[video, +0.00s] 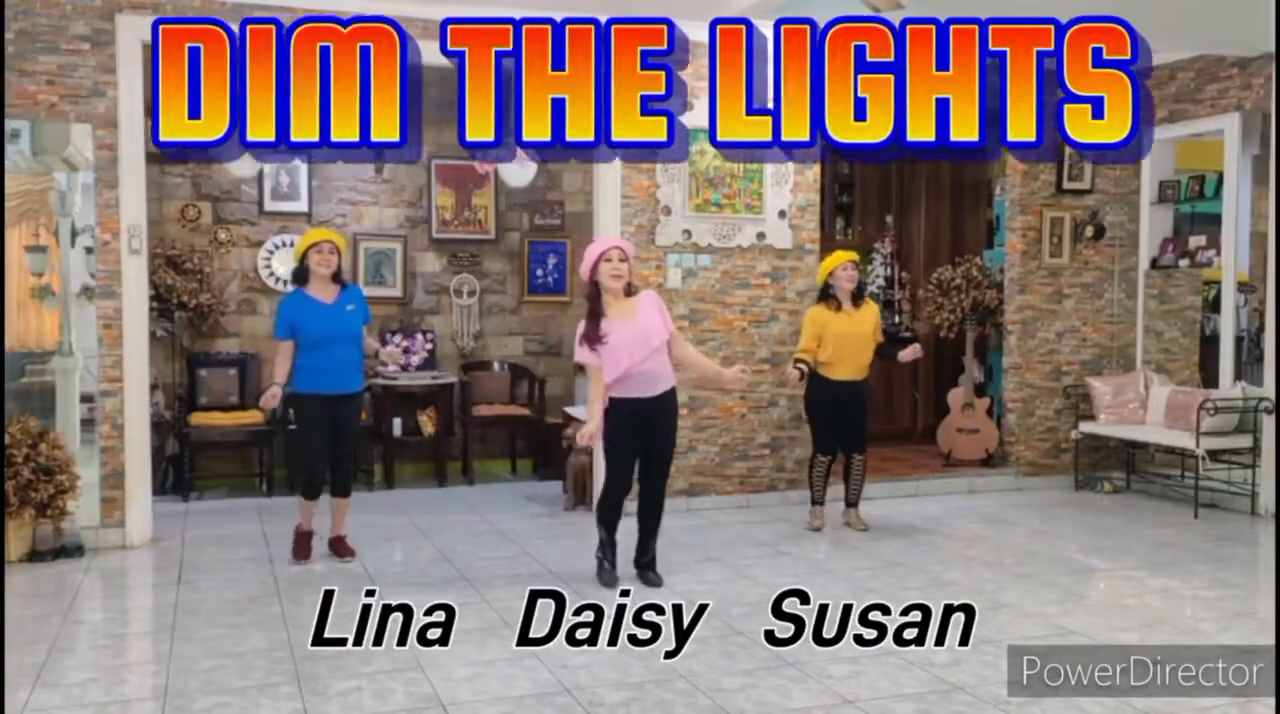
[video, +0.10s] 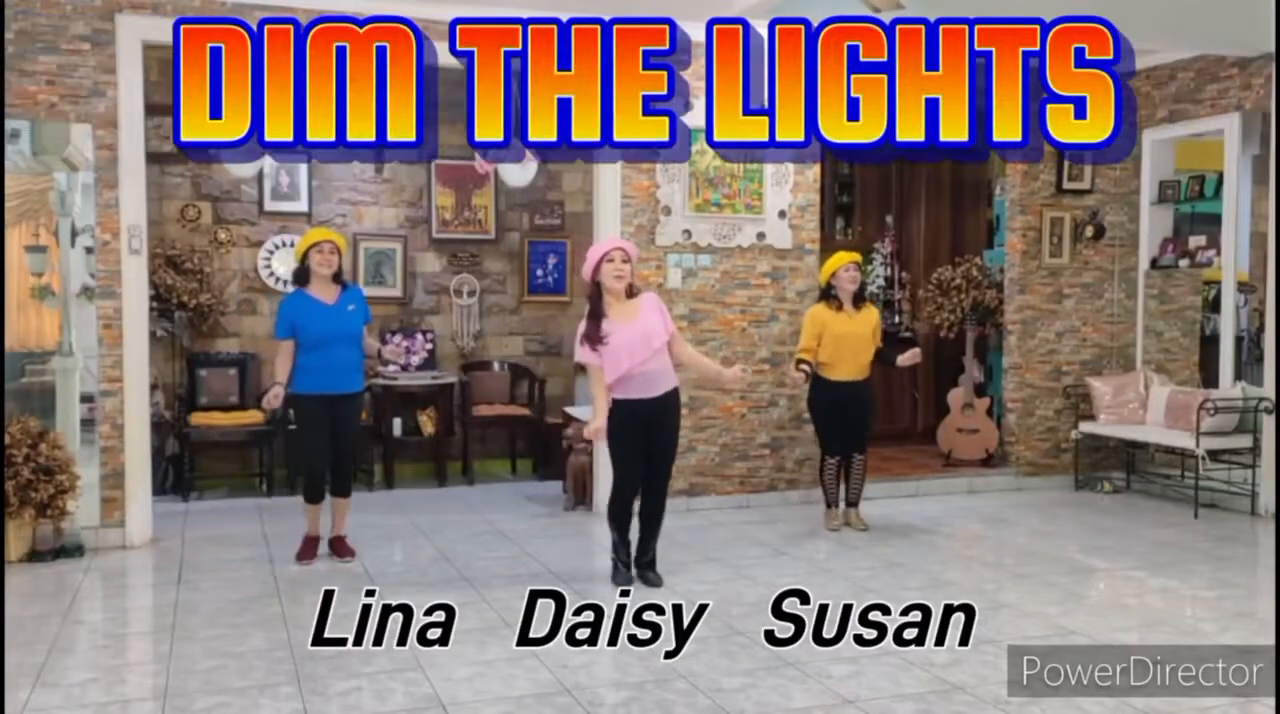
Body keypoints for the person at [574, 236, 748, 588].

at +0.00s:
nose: (617, 266)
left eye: (622, 261)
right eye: (608, 261)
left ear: (630, 268)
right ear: (594, 273)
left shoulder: (650, 302)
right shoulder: (592, 325)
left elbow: (680, 350)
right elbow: (596, 381)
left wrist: (722, 374)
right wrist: (594, 421)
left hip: (662, 404)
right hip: (621, 408)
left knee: (654, 487)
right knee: (618, 485)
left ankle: (646, 559)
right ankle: (606, 549)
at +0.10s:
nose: (620, 267)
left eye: (625, 262)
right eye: (611, 262)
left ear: (632, 269)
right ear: (596, 273)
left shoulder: (651, 303)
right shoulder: (592, 324)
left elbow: (681, 351)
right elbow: (598, 381)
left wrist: (722, 374)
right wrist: (599, 418)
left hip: (665, 404)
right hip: (624, 409)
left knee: (657, 487)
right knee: (626, 485)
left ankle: (646, 561)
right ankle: (621, 556)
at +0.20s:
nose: (621, 271)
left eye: (627, 264)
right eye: (613, 264)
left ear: (634, 272)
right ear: (598, 274)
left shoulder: (651, 307)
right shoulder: (591, 325)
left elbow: (679, 355)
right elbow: (597, 380)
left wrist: (722, 377)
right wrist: (608, 415)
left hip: (667, 404)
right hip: (627, 411)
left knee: (660, 487)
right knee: (631, 487)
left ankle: (647, 559)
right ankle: (626, 559)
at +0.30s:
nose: (622, 271)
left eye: (628, 266)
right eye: (614, 265)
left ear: (636, 274)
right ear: (600, 274)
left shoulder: (652, 310)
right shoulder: (590, 325)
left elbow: (679, 358)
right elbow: (595, 380)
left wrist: (720, 379)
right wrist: (613, 412)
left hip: (666, 405)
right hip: (627, 412)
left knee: (660, 488)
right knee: (631, 488)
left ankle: (647, 558)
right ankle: (626, 557)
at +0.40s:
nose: (624, 269)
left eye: (630, 264)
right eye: (616, 263)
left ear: (637, 272)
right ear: (601, 273)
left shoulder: (652, 309)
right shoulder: (591, 321)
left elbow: (676, 360)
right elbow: (593, 376)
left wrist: (715, 385)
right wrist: (611, 411)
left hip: (663, 405)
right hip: (624, 411)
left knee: (657, 488)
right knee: (628, 487)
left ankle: (646, 560)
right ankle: (621, 557)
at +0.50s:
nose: (623, 267)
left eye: (630, 261)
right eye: (615, 261)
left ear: (638, 270)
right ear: (603, 270)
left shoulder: (652, 309)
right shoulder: (589, 317)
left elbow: (672, 363)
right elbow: (587, 374)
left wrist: (709, 391)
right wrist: (604, 415)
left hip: (659, 405)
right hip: (619, 410)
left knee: (653, 489)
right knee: (620, 487)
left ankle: (645, 560)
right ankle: (605, 555)